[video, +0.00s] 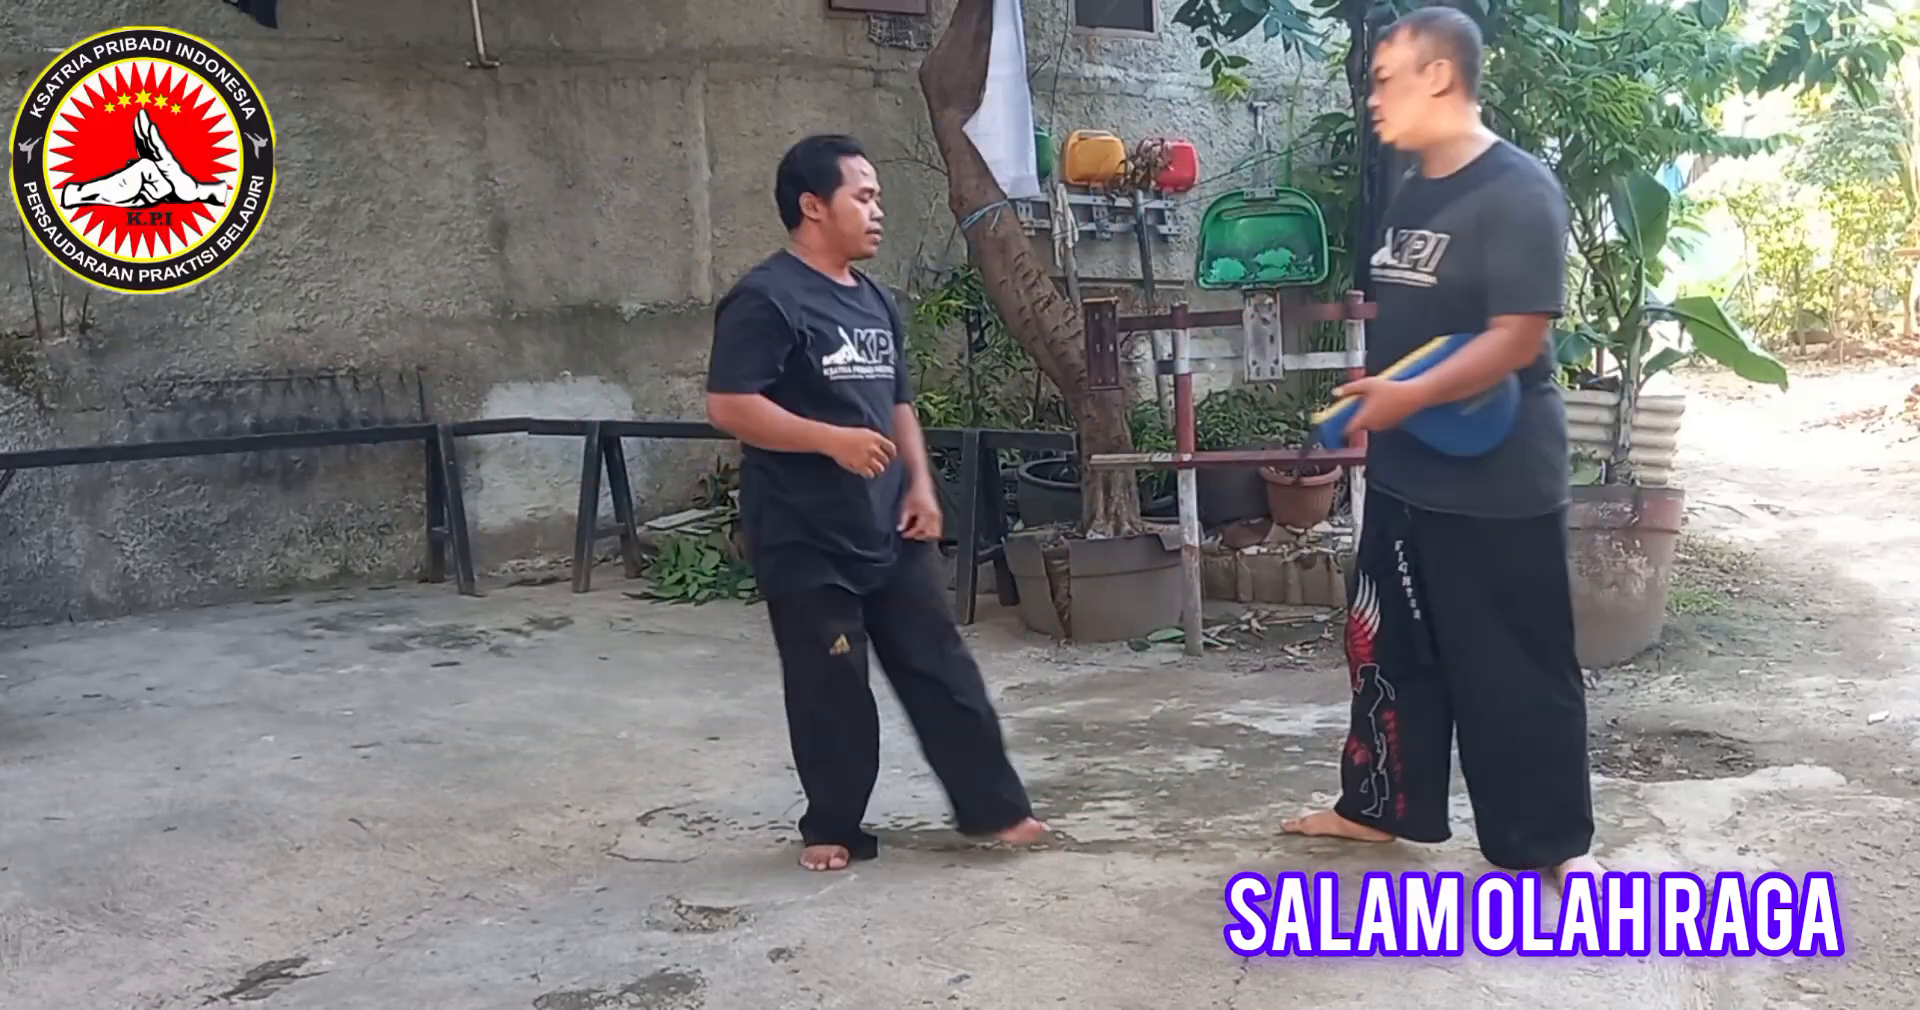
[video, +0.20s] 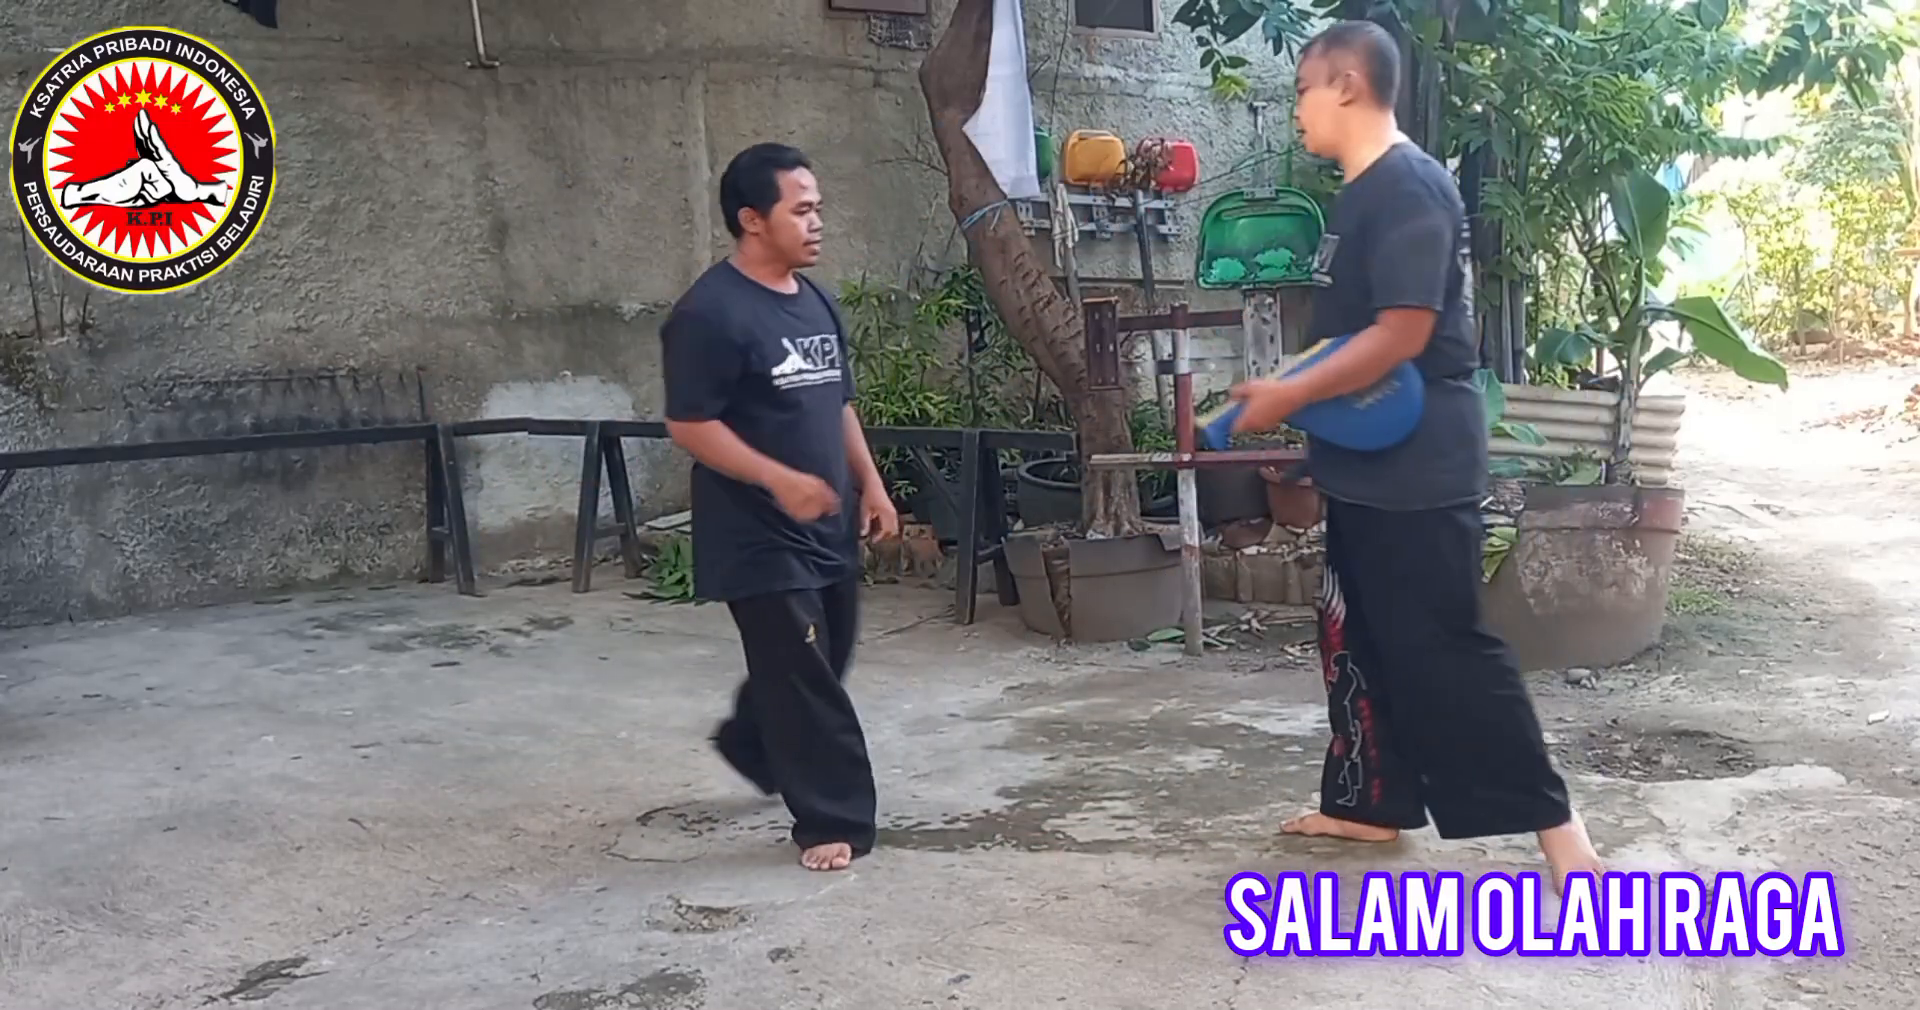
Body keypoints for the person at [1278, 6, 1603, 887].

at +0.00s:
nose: (1373, 102)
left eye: (1386, 82)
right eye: (1372, 86)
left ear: (1443, 79)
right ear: (1429, 86)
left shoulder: (1520, 188)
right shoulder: (1412, 188)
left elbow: (1522, 337)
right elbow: (1414, 326)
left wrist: (1409, 397)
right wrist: (1373, 411)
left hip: (1497, 483)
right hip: (1408, 468)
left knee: (1517, 671)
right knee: (1392, 647)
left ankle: (1543, 853)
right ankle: (1379, 806)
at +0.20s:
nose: (1298, 109)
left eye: (1307, 90)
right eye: (1299, 92)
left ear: (1349, 87)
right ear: (1356, 90)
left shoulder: (1408, 185)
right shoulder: (1366, 190)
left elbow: (1404, 331)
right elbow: (1365, 330)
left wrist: (1293, 391)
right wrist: (1283, 384)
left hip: (1420, 464)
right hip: (1367, 458)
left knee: (1442, 643)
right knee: (1367, 633)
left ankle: (1556, 824)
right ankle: (1369, 803)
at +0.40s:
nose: (1258, 112)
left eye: (1265, 93)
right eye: (1259, 95)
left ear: (1305, 91)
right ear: (1322, 92)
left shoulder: (1347, 187)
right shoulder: (1353, 178)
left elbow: (1335, 325)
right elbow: (1338, 326)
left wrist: (1212, 379)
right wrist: (1232, 385)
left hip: (1364, 446)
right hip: (1358, 441)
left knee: (1342, 627)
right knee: (1357, 622)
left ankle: (1417, 822)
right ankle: (1355, 801)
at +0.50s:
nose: (1241, 111)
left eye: (1247, 93)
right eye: (1243, 94)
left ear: (1288, 92)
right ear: (1307, 95)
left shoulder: (1322, 189)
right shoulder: (1350, 178)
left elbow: (1319, 331)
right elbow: (1341, 330)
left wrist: (1227, 421)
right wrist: (1245, 418)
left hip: (1335, 461)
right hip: (1375, 455)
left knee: (1305, 635)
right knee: (1369, 628)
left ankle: (1322, 836)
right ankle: (1373, 807)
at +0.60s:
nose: (1213, 107)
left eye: (1223, 91)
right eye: (1218, 90)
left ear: (1264, 100)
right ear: (1280, 102)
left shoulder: (1290, 198)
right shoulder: (1321, 187)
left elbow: (1290, 346)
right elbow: (1330, 337)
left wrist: (1257, 465)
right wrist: (1282, 451)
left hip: (1312, 463)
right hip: (1353, 458)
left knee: (1260, 636)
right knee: (1355, 637)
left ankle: (1219, 819)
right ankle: (1364, 805)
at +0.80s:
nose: (1152, 124)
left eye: (1161, 108)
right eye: (1156, 108)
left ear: (1200, 117)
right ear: (1216, 118)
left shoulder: (1229, 212)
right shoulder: (1266, 200)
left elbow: (1226, 363)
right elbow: (1267, 348)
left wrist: (1165, 481)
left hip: (1248, 482)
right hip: (1301, 473)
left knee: (1200, 657)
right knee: (1319, 644)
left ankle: (1161, 822)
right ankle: (1357, 802)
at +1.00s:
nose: (1055, 141)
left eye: (1064, 126)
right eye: (1057, 125)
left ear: (1104, 131)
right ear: (1126, 132)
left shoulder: (1137, 220)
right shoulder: (1180, 201)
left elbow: (1128, 378)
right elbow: (1192, 349)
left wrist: (1062, 476)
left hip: (1178, 468)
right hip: (1223, 458)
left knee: (1158, 645)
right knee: (1199, 624)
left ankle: (1163, 823)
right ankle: (1257, 747)